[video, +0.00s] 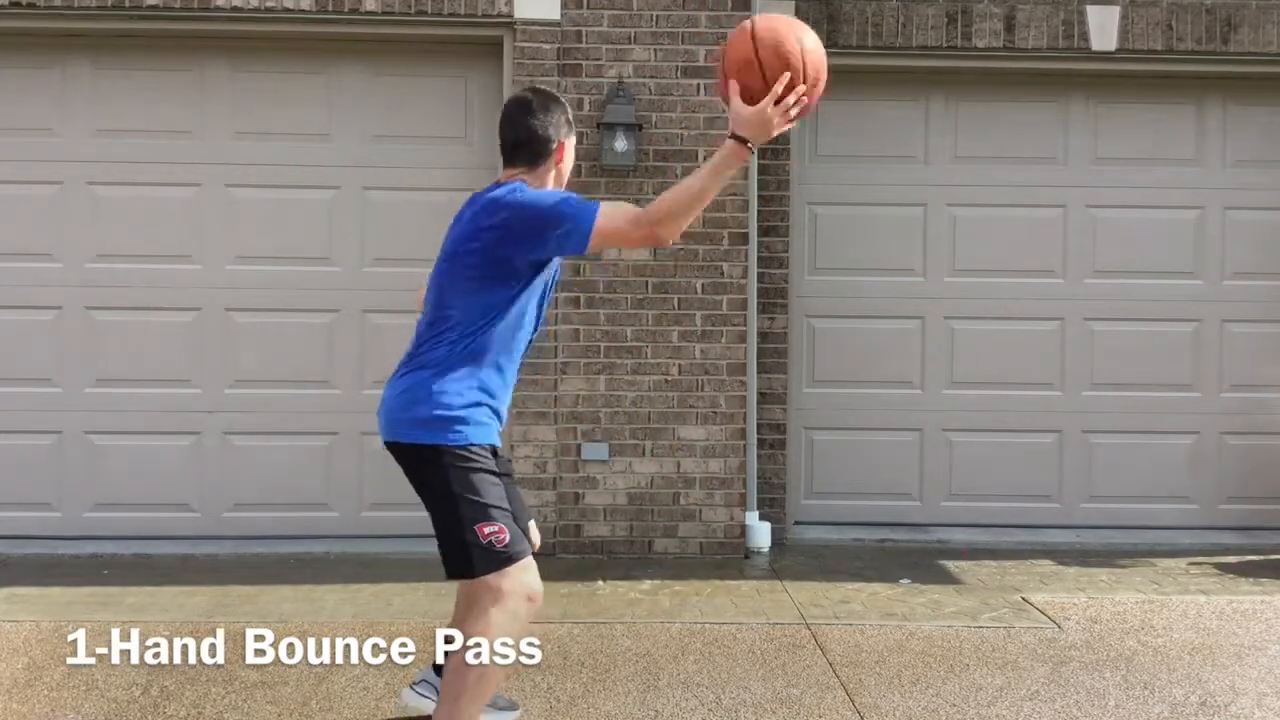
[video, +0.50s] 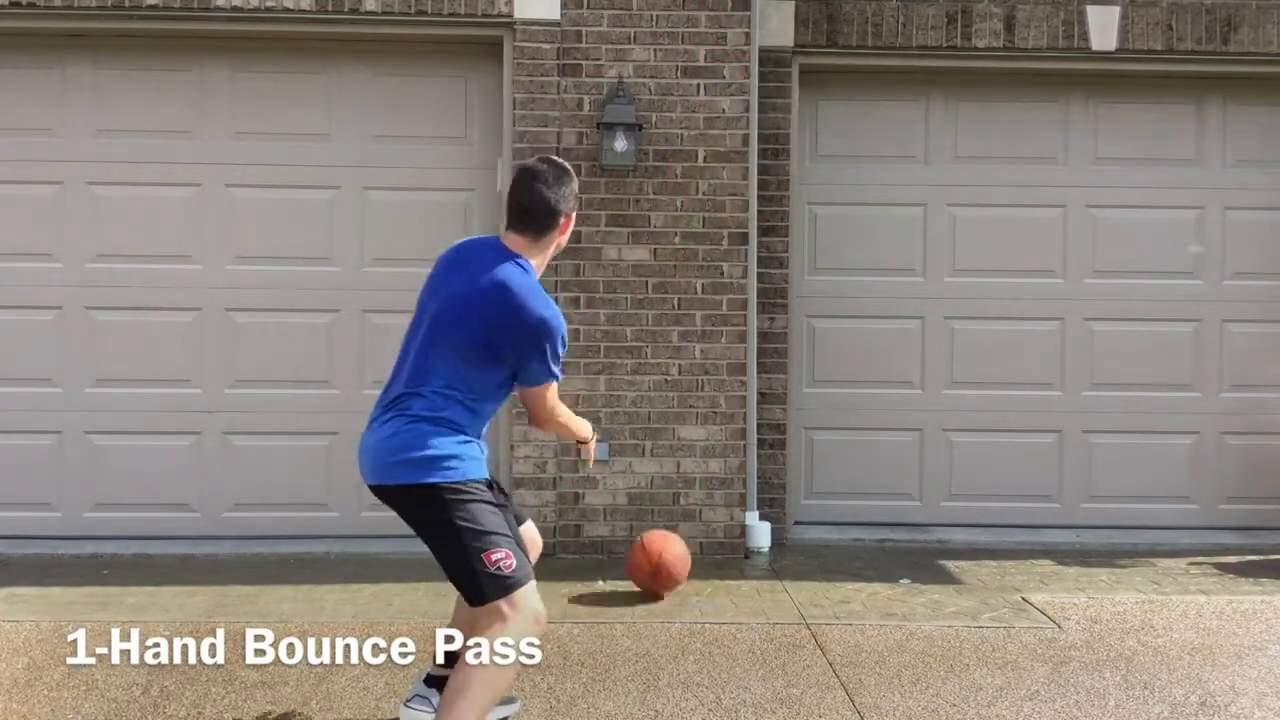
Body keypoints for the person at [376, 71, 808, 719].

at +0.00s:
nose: (574, 156)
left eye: (570, 146)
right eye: (573, 145)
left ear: (506, 147)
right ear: (563, 151)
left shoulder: (487, 207)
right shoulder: (526, 208)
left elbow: (435, 312)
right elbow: (654, 226)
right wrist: (739, 145)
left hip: (443, 414)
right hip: (444, 420)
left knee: (518, 543)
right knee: (516, 594)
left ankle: (447, 676)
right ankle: (457, 711)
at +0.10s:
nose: (584, 178)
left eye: (584, 168)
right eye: (584, 167)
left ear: (516, 165)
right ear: (574, 171)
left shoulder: (498, 219)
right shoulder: (524, 223)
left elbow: (435, 302)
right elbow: (627, 252)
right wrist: (718, 180)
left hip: (452, 425)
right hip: (432, 428)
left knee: (525, 543)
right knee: (508, 593)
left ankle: (445, 678)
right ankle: (455, 709)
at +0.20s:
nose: (593, 199)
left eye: (590, 188)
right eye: (594, 189)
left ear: (528, 183)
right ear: (584, 197)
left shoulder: (503, 240)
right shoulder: (515, 251)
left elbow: (431, 288)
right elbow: (597, 325)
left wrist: (426, 373)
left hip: (452, 432)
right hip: (430, 434)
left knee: (531, 549)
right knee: (507, 593)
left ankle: (444, 679)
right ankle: (455, 709)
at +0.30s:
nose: (589, 221)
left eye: (589, 210)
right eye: (591, 211)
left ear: (526, 199)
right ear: (580, 217)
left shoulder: (488, 245)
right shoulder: (523, 291)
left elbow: (413, 303)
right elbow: (583, 413)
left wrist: (445, 375)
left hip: (419, 436)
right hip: (434, 446)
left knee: (531, 546)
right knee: (514, 610)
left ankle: (445, 681)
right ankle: (456, 708)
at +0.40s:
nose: (579, 233)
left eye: (580, 222)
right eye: (581, 223)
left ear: (516, 208)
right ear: (572, 228)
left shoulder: (469, 255)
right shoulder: (534, 316)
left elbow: (453, 342)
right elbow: (581, 413)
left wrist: (512, 382)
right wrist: (628, 455)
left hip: (403, 442)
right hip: (430, 457)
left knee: (526, 542)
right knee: (516, 614)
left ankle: (443, 683)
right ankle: (458, 711)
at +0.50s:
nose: (572, 224)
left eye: (569, 214)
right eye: (573, 216)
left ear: (508, 210)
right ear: (565, 227)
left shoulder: (460, 256)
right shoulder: (535, 313)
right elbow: (543, 412)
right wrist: (583, 430)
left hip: (389, 444)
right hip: (433, 456)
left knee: (525, 541)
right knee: (519, 620)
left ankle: (442, 683)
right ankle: (455, 708)